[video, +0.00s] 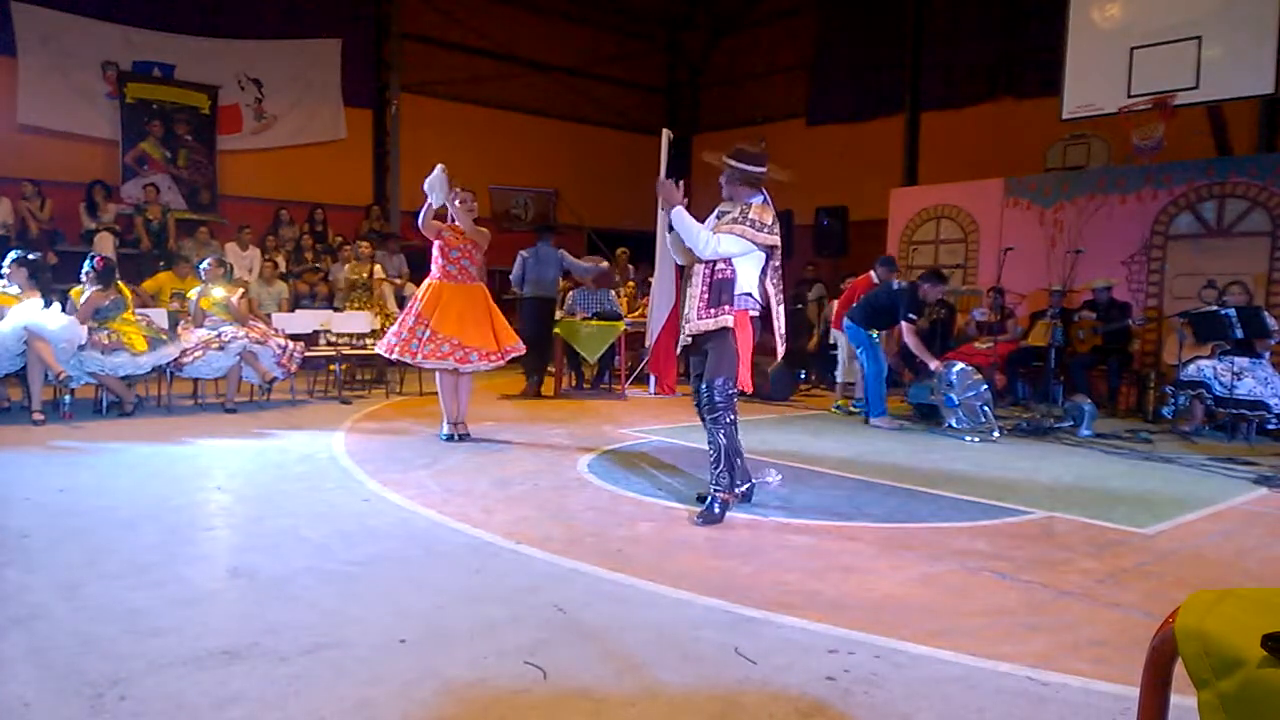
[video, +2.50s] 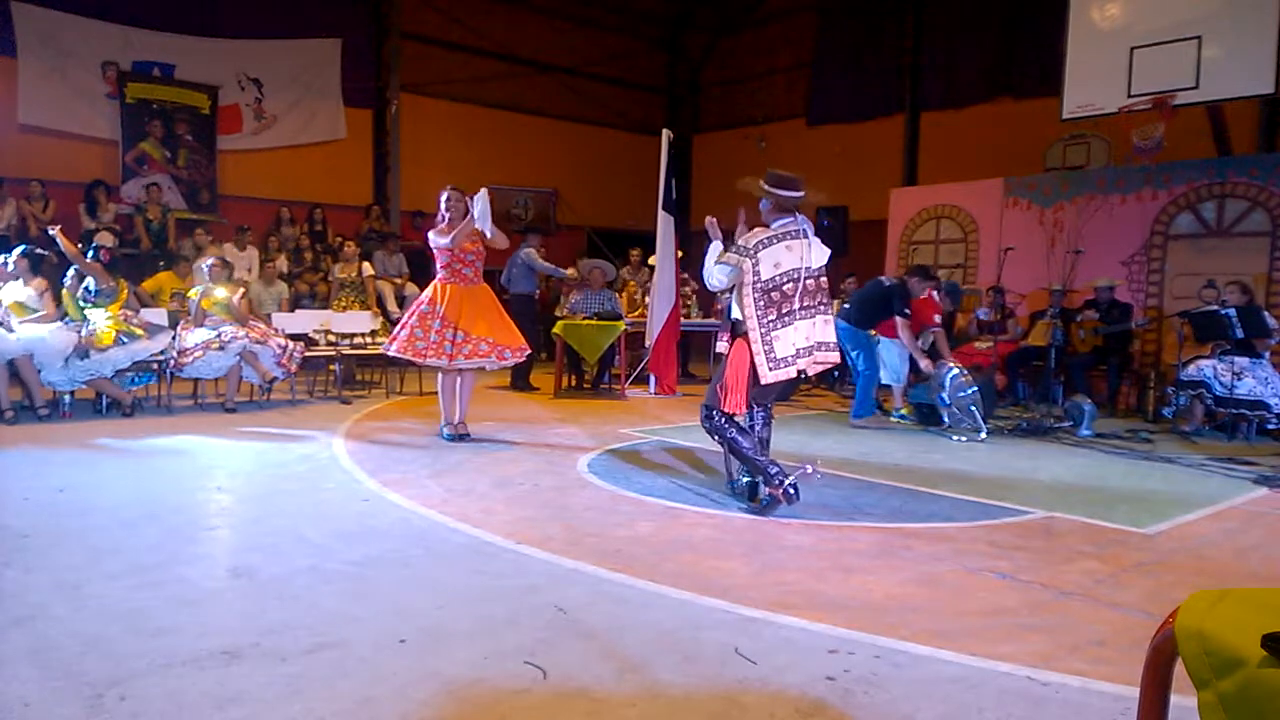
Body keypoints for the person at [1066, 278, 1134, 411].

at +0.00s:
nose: (1097, 295)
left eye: (1101, 292)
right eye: (1095, 292)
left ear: (1108, 292)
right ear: (1093, 293)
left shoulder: (1122, 307)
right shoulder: (1089, 306)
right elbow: (1070, 317)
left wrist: (1097, 317)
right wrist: (1079, 316)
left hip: (1117, 349)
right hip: (1097, 348)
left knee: (1114, 366)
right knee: (1077, 363)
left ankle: (1111, 403)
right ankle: (1084, 399)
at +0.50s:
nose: (1097, 295)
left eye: (1101, 292)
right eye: (1095, 292)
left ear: (1108, 292)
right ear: (1093, 293)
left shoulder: (1122, 307)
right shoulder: (1089, 306)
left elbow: (1119, 320)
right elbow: (1070, 316)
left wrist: (1097, 317)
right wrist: (1078, 316)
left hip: (1118, 349)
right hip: (1097, 348)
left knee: (1114, 365)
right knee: (1077, 363)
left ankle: (1112, 403)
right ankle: (1084, 399)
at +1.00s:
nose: (1098, 295)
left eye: (1102, 291)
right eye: (1096, 291)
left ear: (1110, 292)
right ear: (1093, 292)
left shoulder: (1123, 307)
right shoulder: (1090, 305)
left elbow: (1120, 320)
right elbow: (1073, 315)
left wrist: (1097, 316)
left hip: (1117, 349)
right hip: (1097, 348)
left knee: (1114, 365)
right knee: (1076, 363)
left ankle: (1111, 404)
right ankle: (1084, 400)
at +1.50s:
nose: (1099, 295)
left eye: (1103, 291)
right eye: (1097, 291)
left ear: (1110, 292)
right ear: (1094, 292)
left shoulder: (1123, 308)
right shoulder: (1089, 306)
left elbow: (1120, 321)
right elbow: (1071, 316)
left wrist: (1097, 317)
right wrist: (1079, 316)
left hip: (1117, 349)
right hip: (1096, 349)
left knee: (1114, 365)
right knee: (1076, 363)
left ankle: (1111, 404)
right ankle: (1085, 400)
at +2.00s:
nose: (1099, 295)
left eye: (1103, 291)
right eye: (1097, 291)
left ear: (1111, 292)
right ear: (1094, 292)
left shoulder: (1123, 308)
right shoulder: (1090, 305)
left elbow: (1118, 321)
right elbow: (1070, 315)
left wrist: (1097, 317)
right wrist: (1079, 316)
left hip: (1116, 350)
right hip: (1096, 348)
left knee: (1114, 367)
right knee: (1076, 364)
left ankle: (1111, 404)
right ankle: (1084, 400)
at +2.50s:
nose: (1099, 295)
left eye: (1103, 291)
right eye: (1097, 291)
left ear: (1111, 292)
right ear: (1094, 292)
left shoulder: (1124, 308)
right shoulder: (1090, 305)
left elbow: (1119, 321)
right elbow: (1068, 314)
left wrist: (1098, 317)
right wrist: (1080, 316)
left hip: (1116, 350)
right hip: (1096, 349)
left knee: (1115, 366)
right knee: (1075, 363)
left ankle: (1111, 404)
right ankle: (1083, 400)